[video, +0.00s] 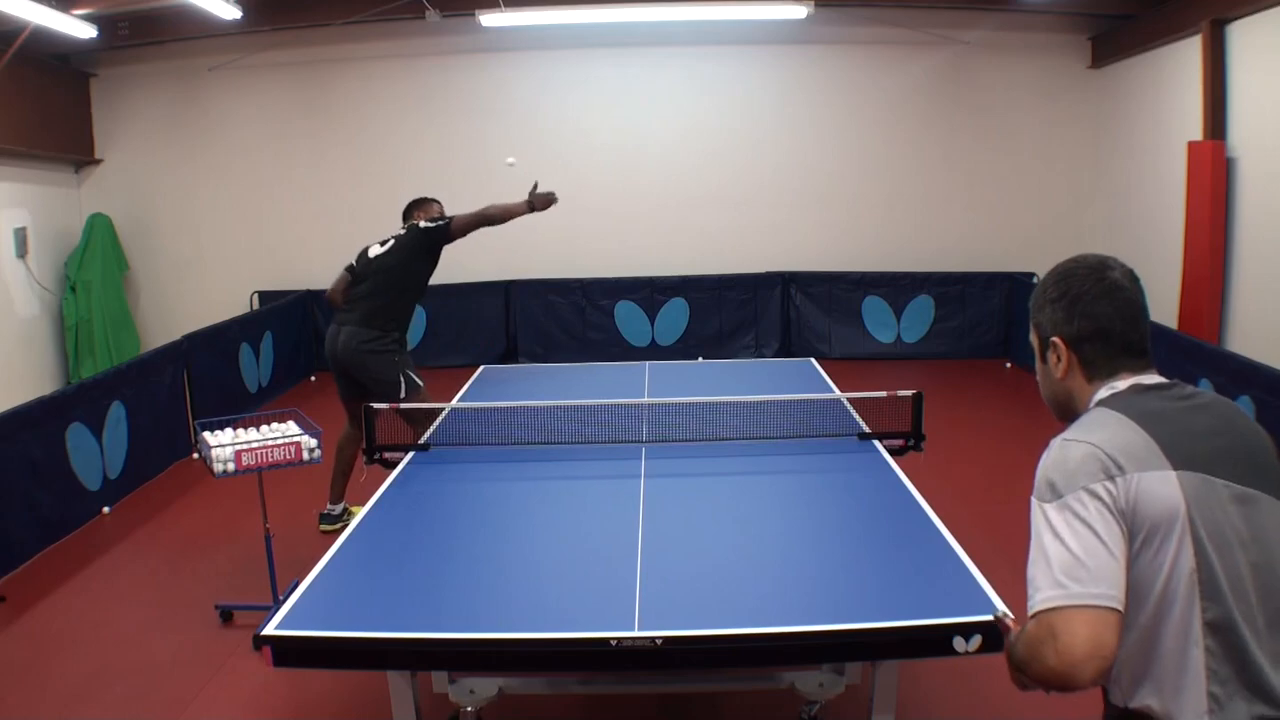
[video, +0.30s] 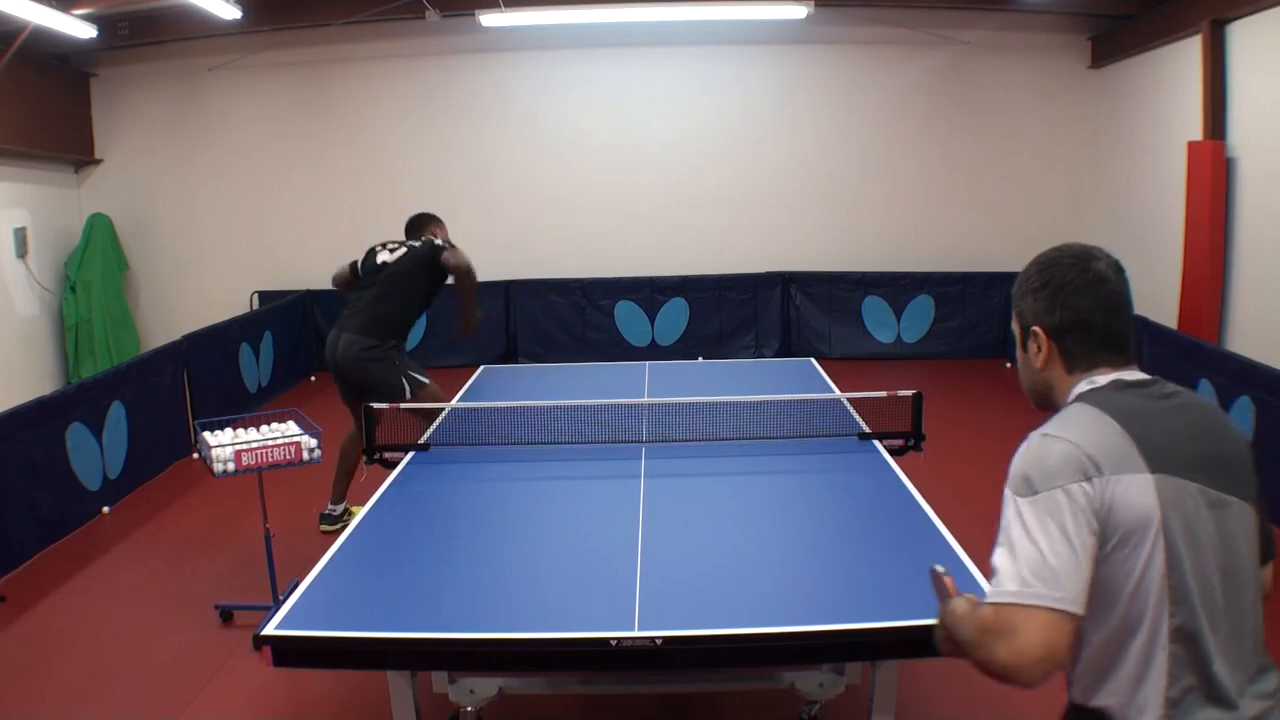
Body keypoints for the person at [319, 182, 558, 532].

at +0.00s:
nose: (443, 220)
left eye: (442, 215)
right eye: (438, 214)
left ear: (406, 221)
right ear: (418, 217)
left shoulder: (374, 249)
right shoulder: (426, 233)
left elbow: (335, 294)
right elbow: (483, 216)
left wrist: (373, 314)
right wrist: (529, 204)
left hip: (340, 343)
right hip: (375, 345)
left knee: (356, 425)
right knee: (433, 426)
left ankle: (333, 508)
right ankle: (445, 507)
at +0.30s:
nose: (446, 240)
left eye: (445, 235)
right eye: (443, 235)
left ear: (412, 235)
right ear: (434, 233)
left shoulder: (381, 250)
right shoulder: (435, 248)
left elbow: (340, 278)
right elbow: (463, 266)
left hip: (339, 347)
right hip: (373, 351)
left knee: (363, 426)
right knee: (440, 411)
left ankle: (334, 508)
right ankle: (435, 499)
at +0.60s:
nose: (505, 257)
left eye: (509, 252)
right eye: (500, 248)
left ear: (511, 253)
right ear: (477, 243)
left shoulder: (473, 276)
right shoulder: (451, 268)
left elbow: (455, 320)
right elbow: (401, 299)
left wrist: (464, 352)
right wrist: (437, 343)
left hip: (421, 361)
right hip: (397, 362)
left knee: (430, 429)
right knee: (451, 422)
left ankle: (362, 478)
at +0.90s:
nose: (518, 232)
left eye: (525, 226)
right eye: (511, 224)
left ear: (530, 226)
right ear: (494, 218)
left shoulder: (521, 250)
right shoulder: (461, 246)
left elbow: (516, 277)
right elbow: (416, 283)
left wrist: (549, 306)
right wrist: (461, 315)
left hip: (482, 328)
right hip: (442, 329)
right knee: (459, 400)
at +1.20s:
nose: (560, 226)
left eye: (566, 220)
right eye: (553, 218)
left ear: (571, 222)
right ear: (536, 216)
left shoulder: (571, 255)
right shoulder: (503, 246)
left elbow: (577, 292)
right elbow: (460, 280)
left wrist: (601, 320)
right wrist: (498, 312)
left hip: (544, 339)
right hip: (500, 339)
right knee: (499, 408)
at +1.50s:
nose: (607, 258)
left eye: (613, 254)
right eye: (601, 250)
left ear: (616, 256)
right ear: (583, 247)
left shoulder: (591, 287)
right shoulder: (556, 272)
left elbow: (583, 338)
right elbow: (530, 317)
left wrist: (603, 370)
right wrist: (575, 337)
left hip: (554, 362)